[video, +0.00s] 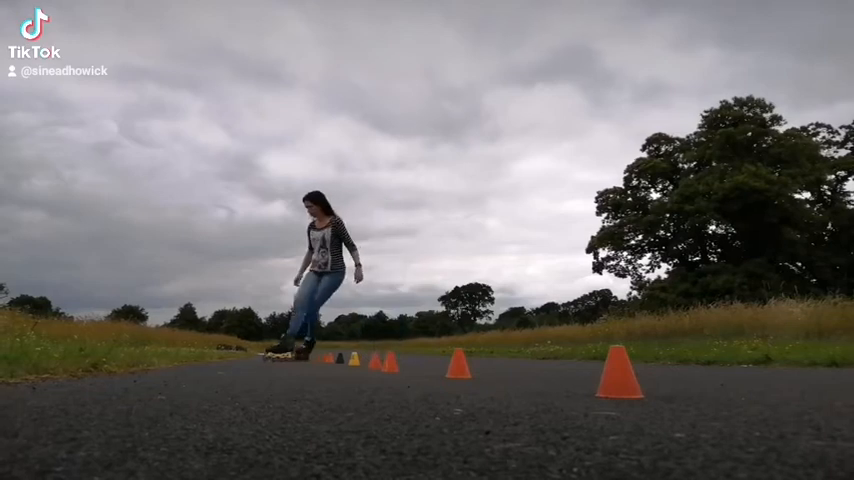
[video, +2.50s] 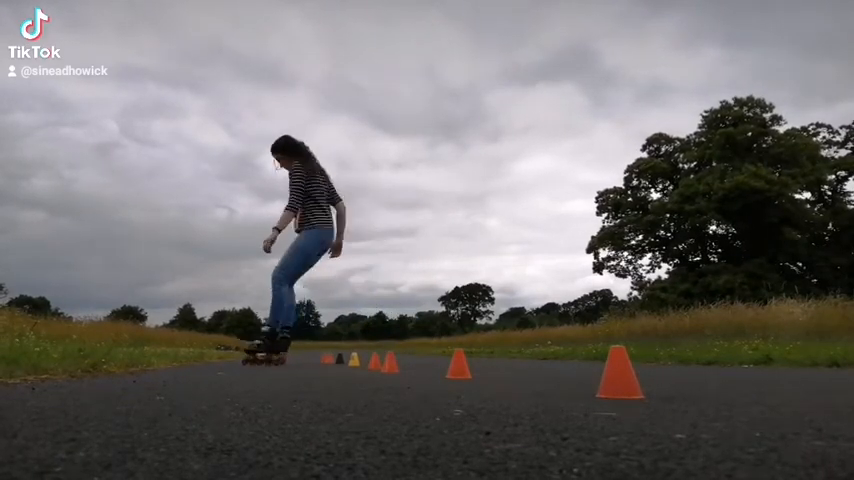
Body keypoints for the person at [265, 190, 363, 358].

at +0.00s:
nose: (308, 210)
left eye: (310, 207)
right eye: (306, 207)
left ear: (319, 205)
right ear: (309, 208)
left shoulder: (336, 222)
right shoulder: (312, 227)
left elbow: (350, 245)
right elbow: (310, 252)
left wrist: (358, 266)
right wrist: (300, 273)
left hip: (333, 271)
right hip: (315, 270)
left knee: (313, 303)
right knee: (300, 300)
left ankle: (309, 341)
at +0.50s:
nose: (271, 215)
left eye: (272, 211)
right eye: (269, 212)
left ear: (281, 207)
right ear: (283, 207)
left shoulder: (291, 220)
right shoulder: (300, 221)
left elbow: (284, 239)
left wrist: (260, 242)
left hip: (305, 267)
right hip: (315, 271)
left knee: (270, 297)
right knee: (282, 306)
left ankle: (249, 339)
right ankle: (278, 342)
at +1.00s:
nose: (299, 208)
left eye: (300, 203)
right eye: (297, 204)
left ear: (309, 198)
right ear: (313, 198)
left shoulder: (322, 213)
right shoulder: (329, 210)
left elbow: (335, 235)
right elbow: (327, 241)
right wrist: (311, 258)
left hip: (348, 257)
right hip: (360, 254)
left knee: (338, 300)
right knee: (359, 303)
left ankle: (355, 342)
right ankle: (395, 335)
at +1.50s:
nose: (341, 180)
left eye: (343, 175)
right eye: (339, 177)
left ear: (356, 172)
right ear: (338, 178)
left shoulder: (373, 192)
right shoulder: (343, 198)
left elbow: (400, 205)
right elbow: (325, 218)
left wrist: (428, 211)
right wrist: (307, 235)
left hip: (380, 250)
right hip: (359, 252)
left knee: (385, 295)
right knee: (367, 293)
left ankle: (419, 331)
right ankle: (372, 336)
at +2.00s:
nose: (324, 164)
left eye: (326, 159)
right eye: (321, 160)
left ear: (339, 157)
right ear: (323, 162)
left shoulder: (358, 180)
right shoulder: (326, 184)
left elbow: (383, 200)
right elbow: (319, 210)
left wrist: (409, 212)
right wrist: (299, 231)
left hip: (352, 242)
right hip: (328, 243)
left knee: (344, 293)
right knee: (332, 287)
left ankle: (352, 338)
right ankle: (332, 337)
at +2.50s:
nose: (279, 164)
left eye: (279, 159)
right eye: (277, 160)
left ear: (287, 154)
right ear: (296, 151)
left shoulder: (298, 170)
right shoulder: (318, 170)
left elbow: (293, 206)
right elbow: (340, 206)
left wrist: (275, 232)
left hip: (314, 231)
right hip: (325, 232)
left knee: (280, 276)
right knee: (286, 280)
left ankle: (274, 334)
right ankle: (283, 334)